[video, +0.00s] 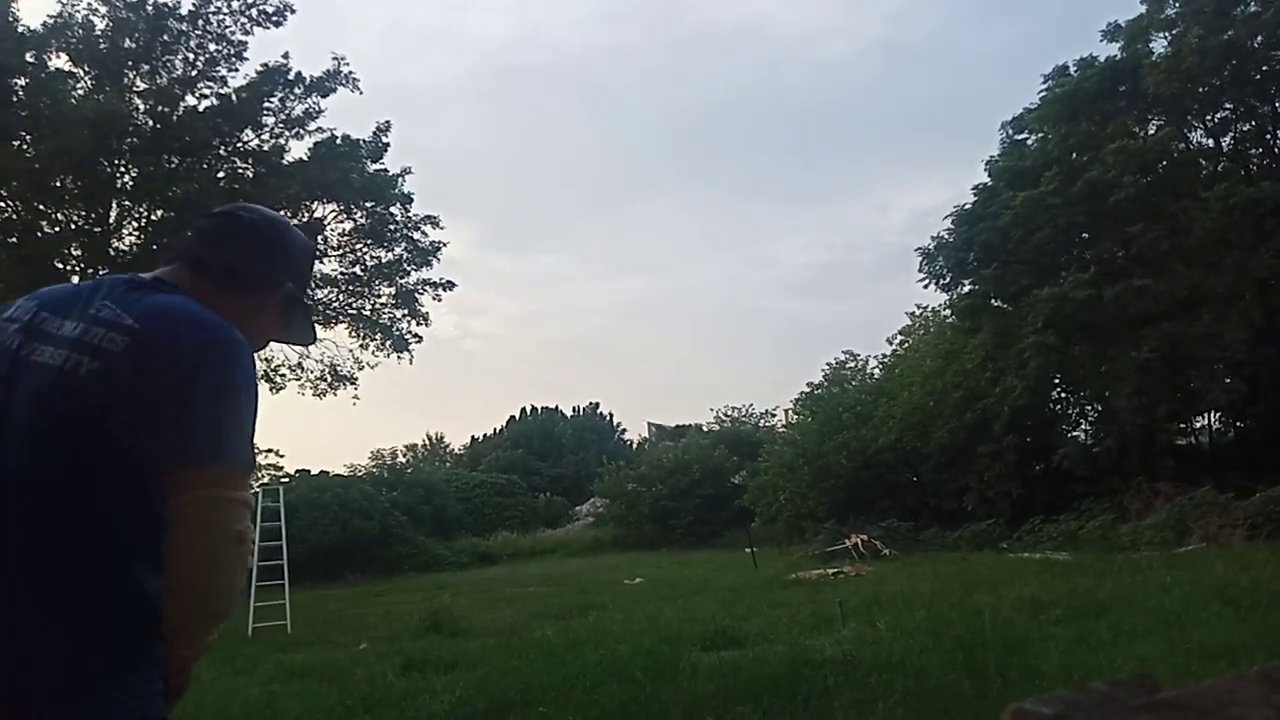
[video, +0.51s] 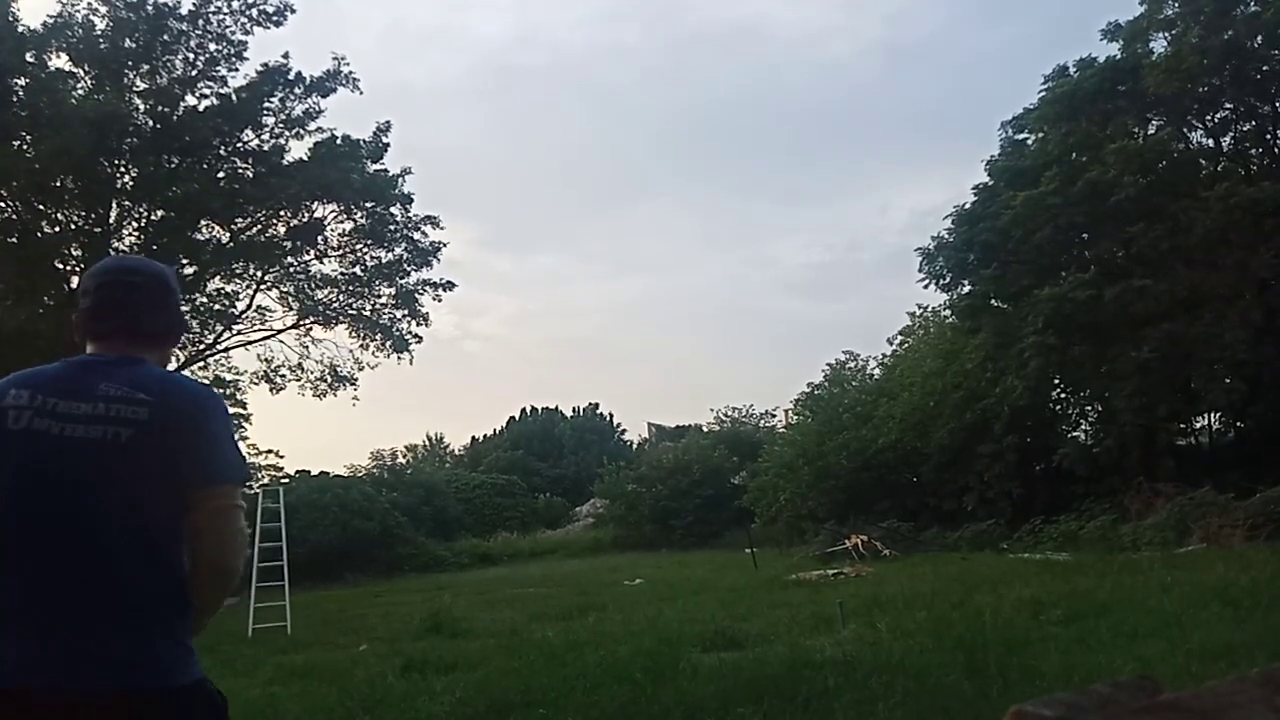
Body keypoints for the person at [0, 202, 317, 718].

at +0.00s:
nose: (269, 342)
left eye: (281, 331)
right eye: (279, 323)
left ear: (194, 258)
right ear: (265, 292)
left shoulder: (34, 306)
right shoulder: (209, 347)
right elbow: (211, 567)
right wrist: (172, 668)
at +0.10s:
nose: (251, 339)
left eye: (261, 328)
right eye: (258, 320)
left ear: (166, 269)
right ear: (243, 298)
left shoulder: (30, 324)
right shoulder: (206, 355)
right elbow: (224, 555)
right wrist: (191, 650)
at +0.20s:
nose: (226, 343)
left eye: (233, 333)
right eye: (230, 329)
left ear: (133, 291)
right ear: (217, 311)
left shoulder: (20, 355)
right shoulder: (202, 376)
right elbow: (233, 561)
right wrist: (199, 654)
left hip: (13, 660)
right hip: (132, 675)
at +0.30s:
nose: (203, 344)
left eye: (206, 332)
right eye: (204, 330)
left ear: (105, 308)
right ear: (196, 324)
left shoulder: (11, 376)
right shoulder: (198, 392)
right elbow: (231, 570)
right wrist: (184, 668)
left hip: (15, 678)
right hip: (136, 682)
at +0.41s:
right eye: (190, 321)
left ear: (85, 315)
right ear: (183, 324)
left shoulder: (11, 385)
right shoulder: (195, 397)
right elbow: (224, 568)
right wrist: (189, 644)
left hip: (17, 667)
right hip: (140, 674)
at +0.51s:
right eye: (181, 328)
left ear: (81, 325)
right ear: (174, 334)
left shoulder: (11, 392)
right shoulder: (193, 404)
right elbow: (223, 561)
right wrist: (171, 632)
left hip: (19, 661)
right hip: (145, 670)